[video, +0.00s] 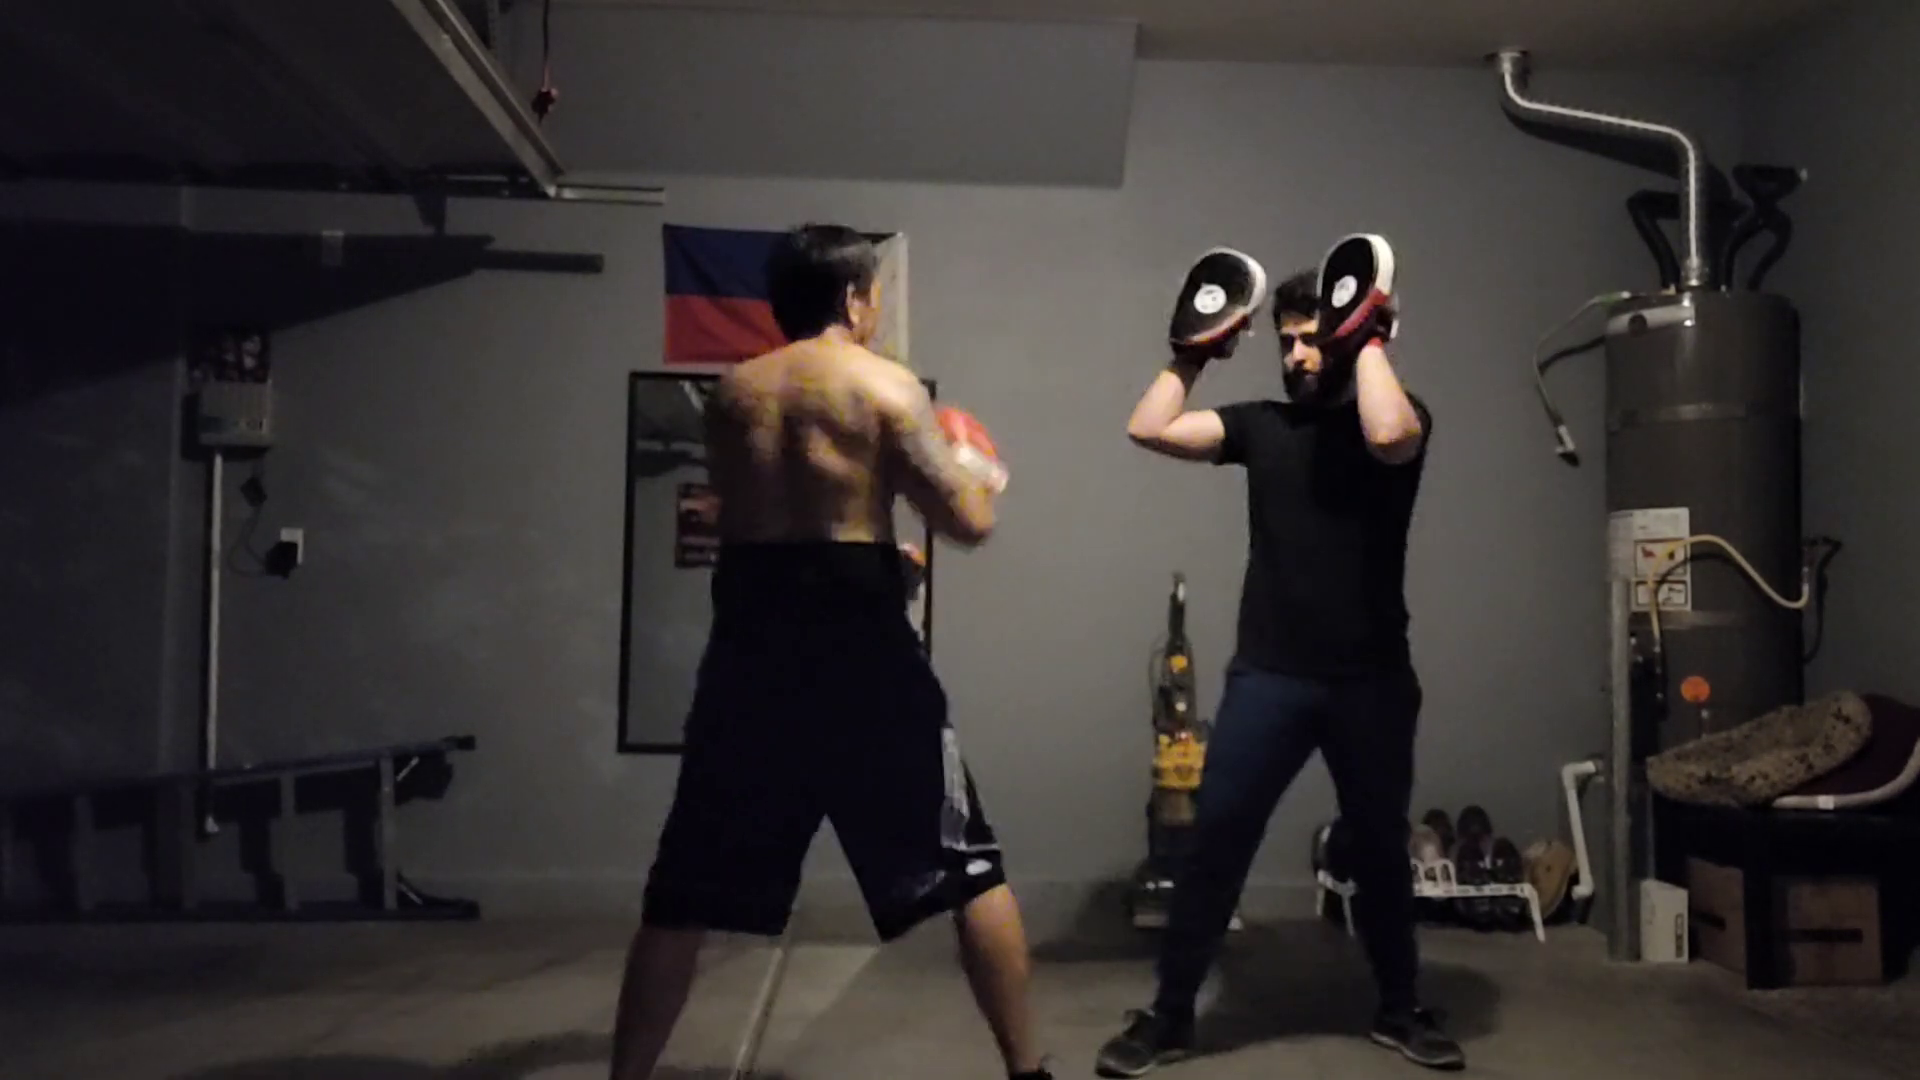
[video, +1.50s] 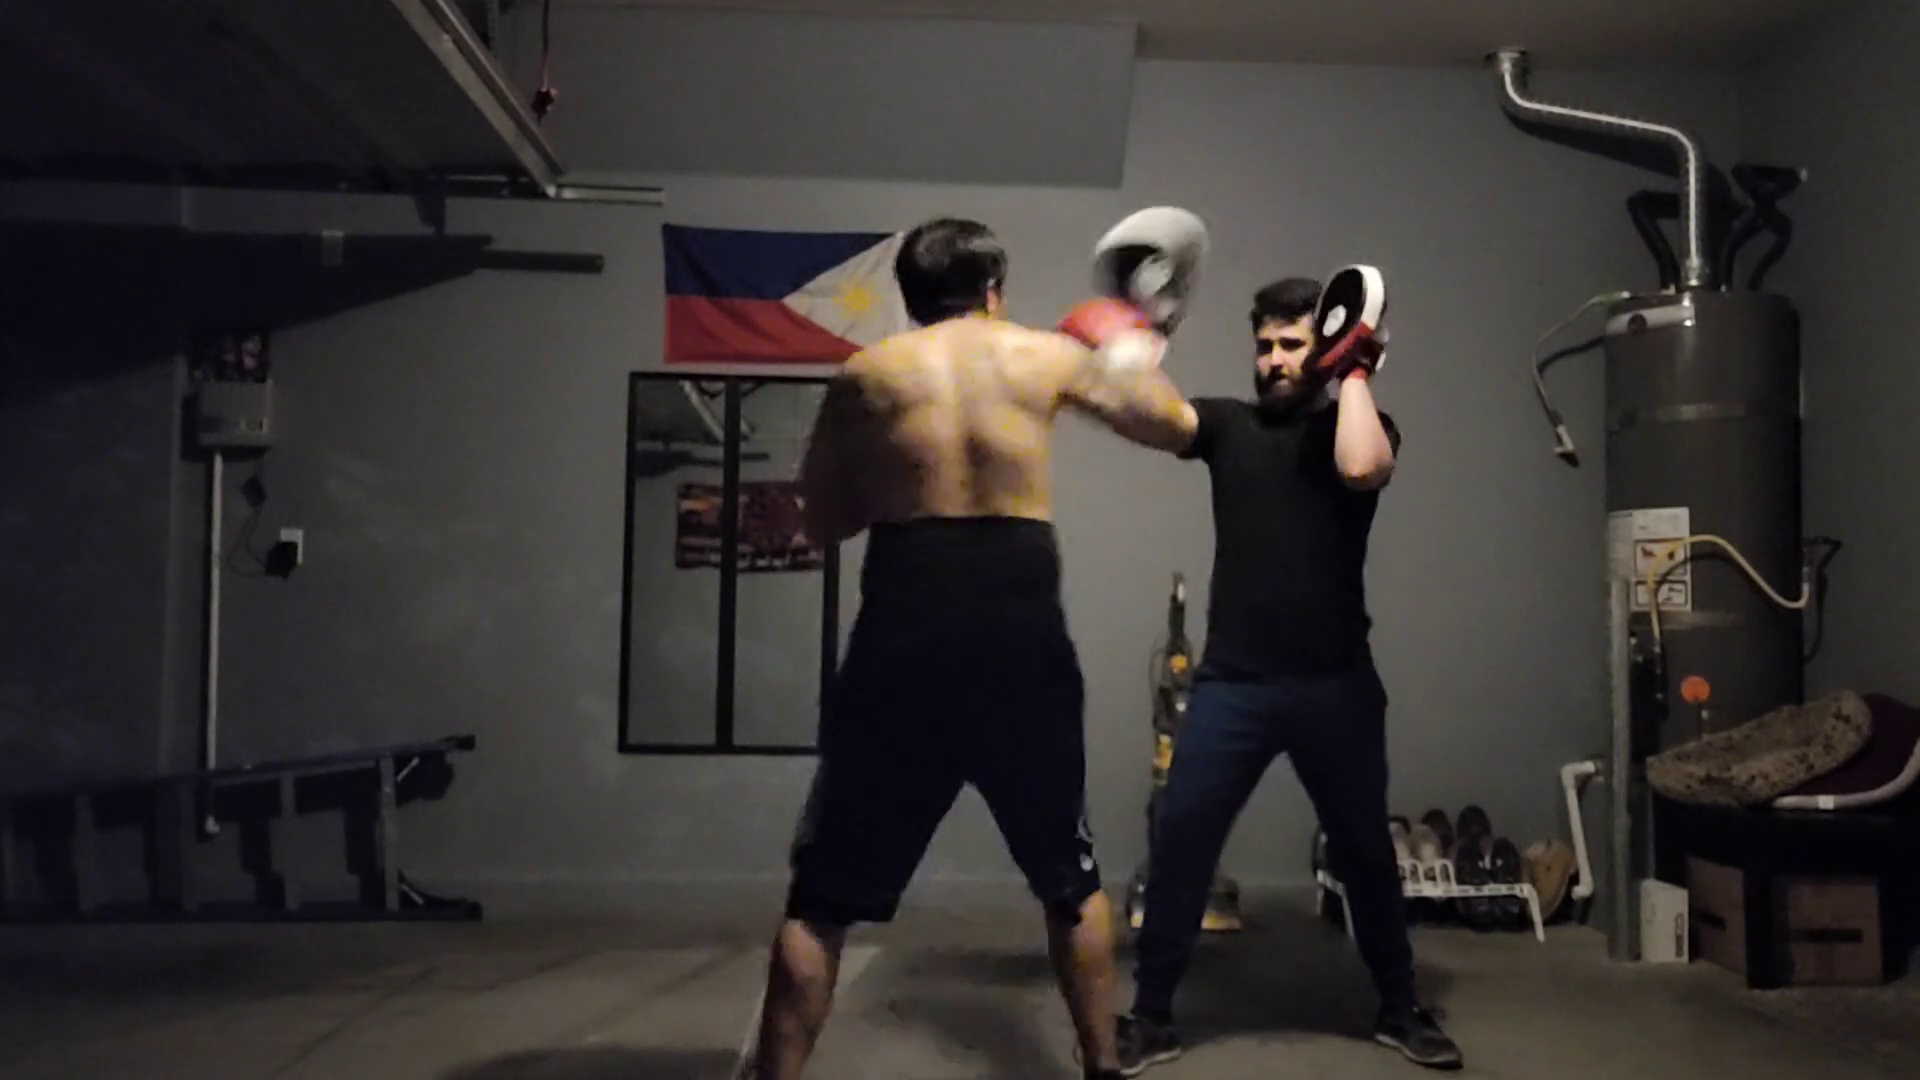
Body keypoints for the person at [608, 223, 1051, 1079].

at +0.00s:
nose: (880, 312)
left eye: (875, 297)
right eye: (877, 299)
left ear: (787, 303)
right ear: (854, 305)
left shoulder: (730, 389)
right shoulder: (883, 386)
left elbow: (755, 515)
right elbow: (973, 521)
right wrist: (981, 472)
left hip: (748, 665)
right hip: (866, 664)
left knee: (681, 889)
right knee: (969, 869)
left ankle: (626, 1071)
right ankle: (1027, 1066)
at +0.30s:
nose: (970, 298)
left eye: (966, 286)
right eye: (968, 286)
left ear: (872, 290)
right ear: (953, 293)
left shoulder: (821, 364)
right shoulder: (986, 366)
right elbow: (1059, 478)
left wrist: (975, 362)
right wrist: (1060, 382)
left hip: (823, 625)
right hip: (933, 631)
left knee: (757, 864)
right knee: (1013, 879)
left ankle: (675, 1064)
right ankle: (1052, 1070)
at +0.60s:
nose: (1018, 302)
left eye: (1013, 291)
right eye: (1015, 292)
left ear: (919, 292)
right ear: (998, 294)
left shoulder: (855, 372)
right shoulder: (1029, 353)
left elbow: (842, 521)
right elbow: (1149, 423)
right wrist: (1128, 354)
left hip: (849, 647)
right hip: (960, 648)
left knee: (787, 861)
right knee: (1038, 890)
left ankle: (696, 1047)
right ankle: (1064, 1072)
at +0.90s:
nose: (1031, 306)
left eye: (1026, 294)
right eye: (1029, 295)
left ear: (939, 300)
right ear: (1016, 301)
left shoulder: (872, 381)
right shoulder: (1046, 365)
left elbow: (847, 519)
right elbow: (1147, 398)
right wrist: (1132, 336)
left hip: (867, 649)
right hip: (976, 653)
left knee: (790, 861)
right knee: (1052, 888)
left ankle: (694, 1043)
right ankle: (1070, 1071)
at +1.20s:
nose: (1016, 306)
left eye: (1012, 293)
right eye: (1013, 295)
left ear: (923, 298)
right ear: (1000, 301)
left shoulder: (867, 374)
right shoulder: (1026, 373)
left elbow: (933, 458)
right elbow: (1117, 475)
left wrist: (1043, 378)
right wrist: (1137, 369)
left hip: (862, 637)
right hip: (973, 641)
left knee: (780, 869)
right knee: (1048, 884)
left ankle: (695, 1065)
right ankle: (1069, 1069)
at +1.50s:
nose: (1007, 298)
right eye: (1006, 288)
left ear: (910, 295)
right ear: (995, 293)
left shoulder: (863, 376)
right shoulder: (1046, 356)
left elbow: (826, 520)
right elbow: (1177, 423)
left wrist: (895, 464)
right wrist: (1134, 347)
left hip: (904, 639)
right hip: (1021, 640)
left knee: (824, 894)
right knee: (1070, 875)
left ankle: (772, 1070)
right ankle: (1103, 1063)